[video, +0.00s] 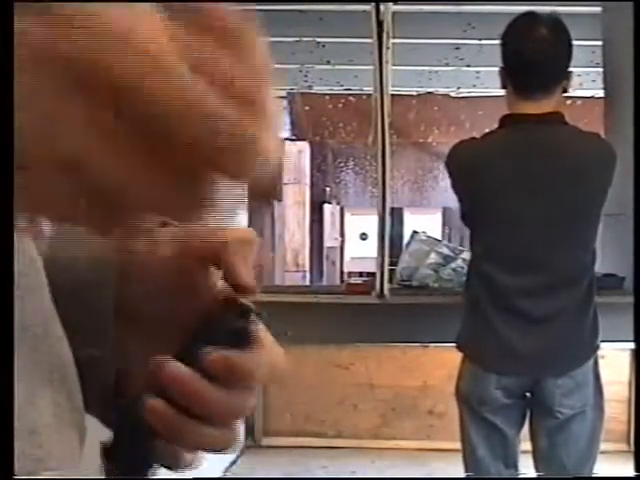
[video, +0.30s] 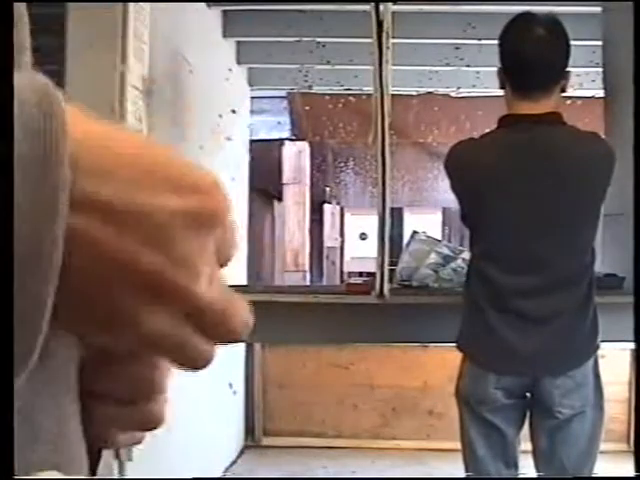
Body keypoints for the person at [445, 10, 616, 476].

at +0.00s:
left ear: (502, 77)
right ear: (567, 81)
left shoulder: (466, 159)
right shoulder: (598, 156)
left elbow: (478, 219)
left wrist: (526, 126)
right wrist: (548, 119)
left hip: (491, 356)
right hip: (568, 358)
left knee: (489, 472)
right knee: (568, 472)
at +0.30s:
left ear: (501, 79)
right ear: (565, 80)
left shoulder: (465, 159)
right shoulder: (596, 155)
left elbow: (481, 220)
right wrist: (549, 117)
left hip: (490, 356)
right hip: (568, 358)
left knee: (489, 472)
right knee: (568, 472)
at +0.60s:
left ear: (501, 79)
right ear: (566, 80)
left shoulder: (465, 159)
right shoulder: (596, 155)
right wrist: (549, 116)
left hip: (490, 357)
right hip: (568, 359)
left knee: (488, 472)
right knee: (568, 472)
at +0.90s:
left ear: (500, 79)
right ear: (565, 80)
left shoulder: (465, 160)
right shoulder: (596, 155)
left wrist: (534, 120)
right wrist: (552, 116)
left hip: (490, 357)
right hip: (568, 358)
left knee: (489, 472)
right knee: (568, 472)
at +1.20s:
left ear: (500, 79)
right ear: (565, 79)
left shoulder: (465, 160)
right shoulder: (596, 155)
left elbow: (481, 221)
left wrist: (532, 122)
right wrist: (551, 117)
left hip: (490, 358)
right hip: (568, 359)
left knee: (489, 472)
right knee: (568, 472)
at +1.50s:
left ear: (500, 78)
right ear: (564, 79)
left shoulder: (465, 160)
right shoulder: (596, 155)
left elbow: (482, 219)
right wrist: (551, 113)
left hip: (490, 357)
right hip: (569, 358)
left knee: (489, 472)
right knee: (567, 472)